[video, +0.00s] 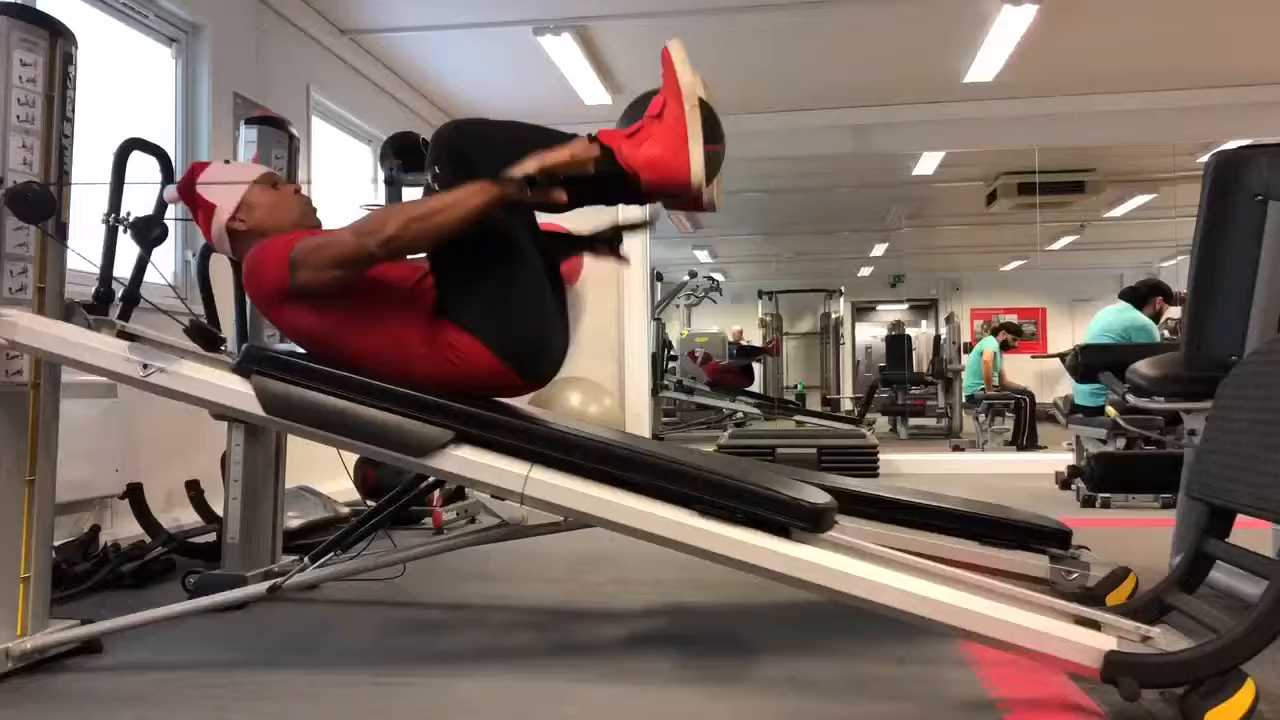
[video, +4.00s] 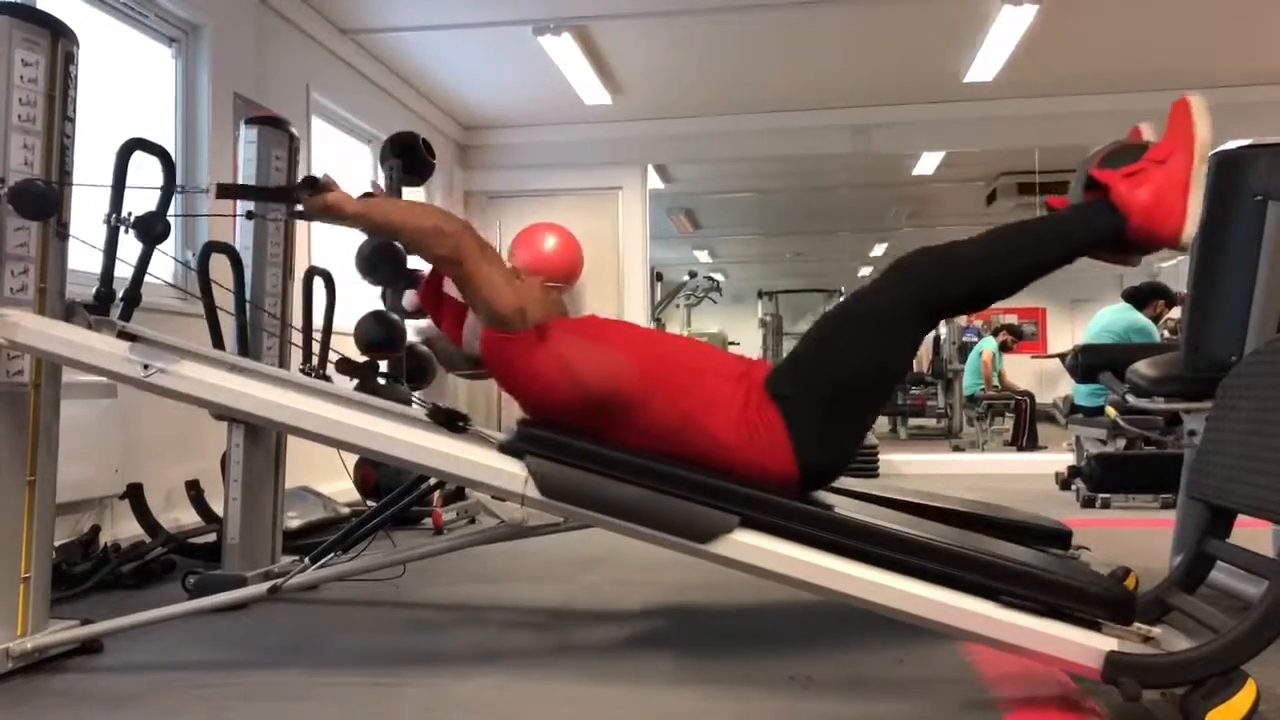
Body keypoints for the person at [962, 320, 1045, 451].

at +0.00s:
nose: (1016, 345)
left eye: (1017, 342)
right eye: (1014, 340)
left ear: (1003, 336)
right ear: (1002, 335)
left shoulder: (998, 352)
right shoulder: (991, 341)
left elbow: (1003, 383)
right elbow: (987, 360)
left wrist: (1022, 388)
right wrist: (989, 391)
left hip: (983, 393)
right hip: (976, 393)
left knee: (1026, 397)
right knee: (1026, 398)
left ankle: (1017, 441)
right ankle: (1027, 443)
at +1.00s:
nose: (1015, 346)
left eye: (1017, 343)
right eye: (1014, 341)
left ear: (1003, 336)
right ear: (1003, 335)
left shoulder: (997, 352)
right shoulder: (990, 342)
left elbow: (1003, 382)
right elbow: (986, 361)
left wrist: (1023, 389)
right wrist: (989, 390)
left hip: (983, 392)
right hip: (976, 393)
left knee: (1025, 397)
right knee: (1026, 398)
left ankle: (1018, 441)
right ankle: (1026, 443)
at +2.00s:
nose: (1013, 347)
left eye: (1016, 344)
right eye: (1013, 342)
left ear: (1003, 336)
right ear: (1003, 334)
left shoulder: (997, 351)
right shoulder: (990, 342)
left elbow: (1003, 383)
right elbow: (986, 361)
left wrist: (1020, 389)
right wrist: (988, 390)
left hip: (983, 392)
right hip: (975, 393)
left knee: (1026, 397)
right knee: (1025, 398)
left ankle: (1020, 441)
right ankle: (1025, 444)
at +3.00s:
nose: (1014, 347)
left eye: (1016, 344)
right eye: (1013, 342)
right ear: (1003, 334)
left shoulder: (998, 352)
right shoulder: (990, 341)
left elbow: (1004, 381)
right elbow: (986, 361)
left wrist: (1018, 389)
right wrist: (989, 390)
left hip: (985, 392)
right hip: (976, 393)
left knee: (1026, 398)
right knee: (1026, 399)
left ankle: (1020, 442)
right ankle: (1025, 444)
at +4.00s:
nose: (1013, 347)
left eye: (1015, 344)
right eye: (1013, 342)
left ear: (1003, 335)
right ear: (1003, 334)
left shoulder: (997, 352)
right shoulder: (990, 342)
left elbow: (1003, 382)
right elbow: (986, 361)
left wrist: (1019, 390)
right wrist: (989, 390)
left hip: (985, 392)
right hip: (976, 393)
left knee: (1027, 397)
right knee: (1024, 399)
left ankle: (1028, 443)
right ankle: (1024, 444)